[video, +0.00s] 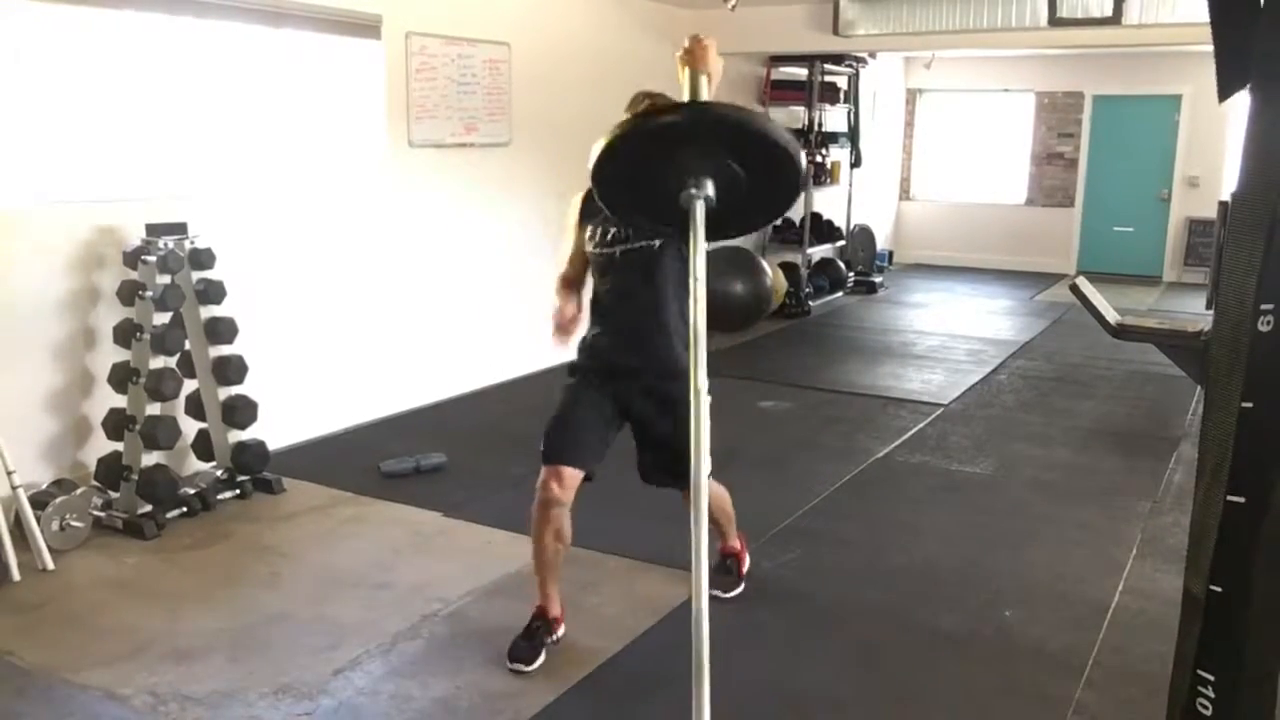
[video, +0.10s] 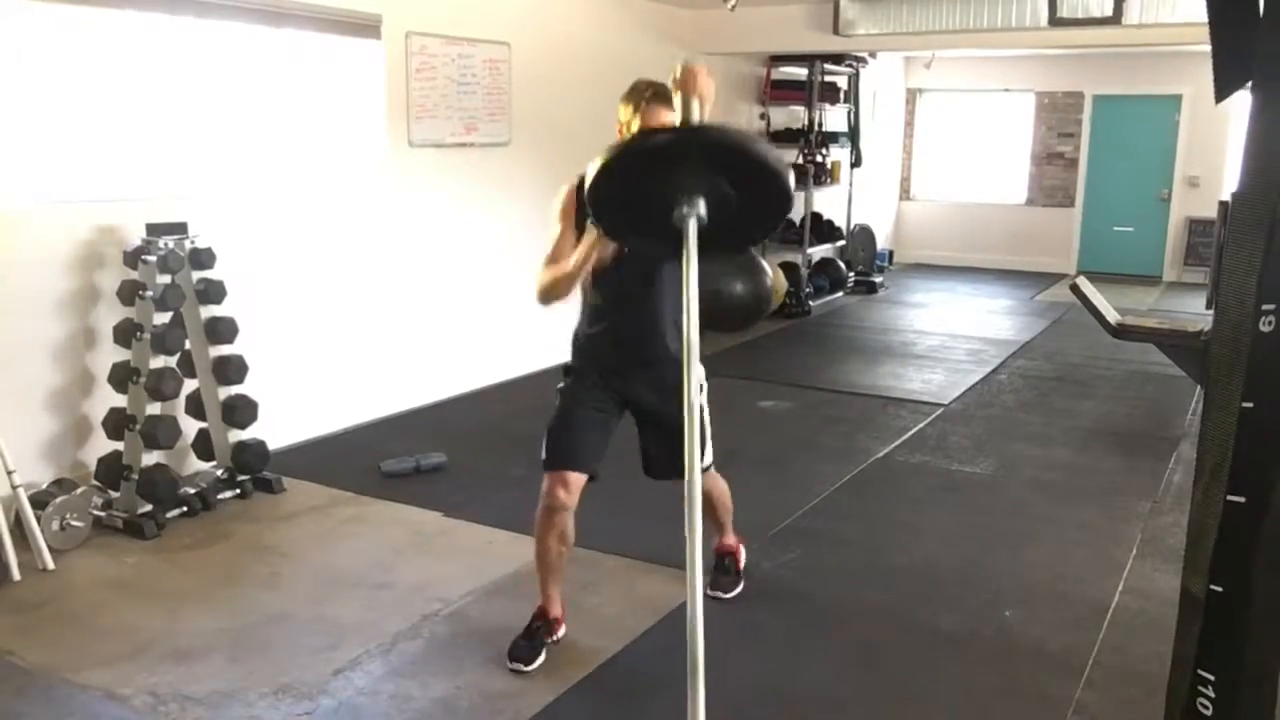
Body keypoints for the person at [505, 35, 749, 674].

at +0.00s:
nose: (641, 148)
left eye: (652, 136)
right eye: (634, 136)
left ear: (672, 142)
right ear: (620, 141)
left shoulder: (684, 196)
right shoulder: (596, 202)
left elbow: (709, 141)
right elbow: (575, 269)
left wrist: (703, 78)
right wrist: (569, 301)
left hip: (668, 368)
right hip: (602, 362)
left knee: (690, 480)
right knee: (555, 481)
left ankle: (732, 545)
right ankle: (548, 610)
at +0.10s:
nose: (648, 144)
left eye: (659, 134)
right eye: (639, 132)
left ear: (676, 137)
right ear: (620, 132)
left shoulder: (683, 188)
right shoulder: (590, 192)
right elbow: (547, 290)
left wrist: (700, 124)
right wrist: (587, 254)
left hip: (668, 362)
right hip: (597, 361)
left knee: (697, 474)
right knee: (559, 488)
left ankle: (727, 544)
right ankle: (549, 612)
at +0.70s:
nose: (741, 257)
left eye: (744, 246)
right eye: (738, 244)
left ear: (697, 238)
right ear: (708, 237)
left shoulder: (645, 265)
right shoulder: (693, 305)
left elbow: (591, 332)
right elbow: (698, 417)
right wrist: (716, 480)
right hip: (587, 419)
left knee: (691, 455)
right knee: (606, 568)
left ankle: (669, 567)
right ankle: (471, 630)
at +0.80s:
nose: (751, 285)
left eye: (753, 274)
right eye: (748, 272)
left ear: (703, 265)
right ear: (717, 268)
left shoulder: (644, 283)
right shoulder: (704, 339)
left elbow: (576, 335)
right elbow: (701, 448)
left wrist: (575, 395)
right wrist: (708, 518)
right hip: (586, 437)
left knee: (692, 456)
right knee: (617, 580)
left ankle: (678, 566)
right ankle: (478, 628)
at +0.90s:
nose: (754, 294)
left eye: (756, 283)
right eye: (751, 282)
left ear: (708, 276)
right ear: (721, 279)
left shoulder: (649, 292)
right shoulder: (711, 349)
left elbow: (575, 344)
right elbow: (709, 453)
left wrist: (570, 403)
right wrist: (703, 525)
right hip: (588, 442)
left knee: (692, 448)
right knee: (618, 586)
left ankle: (683, 560)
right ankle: (479, 626)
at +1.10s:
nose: (734, 238)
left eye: (735, 225)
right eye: (728, 224)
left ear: (690, 222)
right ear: (695, 221)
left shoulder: (652, 255)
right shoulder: (688, 277)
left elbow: (632, 348)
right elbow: (699, 390)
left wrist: (682, 394)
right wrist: (705, 446)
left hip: (622, 401)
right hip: (595, 414)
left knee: (695, 446)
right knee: (598, 560)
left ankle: (673, 560)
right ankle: (466, 631)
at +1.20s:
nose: (721, 188)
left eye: (723, 176)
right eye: (713, 175)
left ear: (701, 173)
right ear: (679, 170)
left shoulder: (668, 220)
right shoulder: (654, 218)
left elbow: (668, 306)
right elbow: (667, 308)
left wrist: (698, 366)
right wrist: (702, 374)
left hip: (633, 377)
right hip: (592, 383)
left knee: (699, 453)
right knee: (587, 522)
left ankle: (679, 565)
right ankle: (467, 626)